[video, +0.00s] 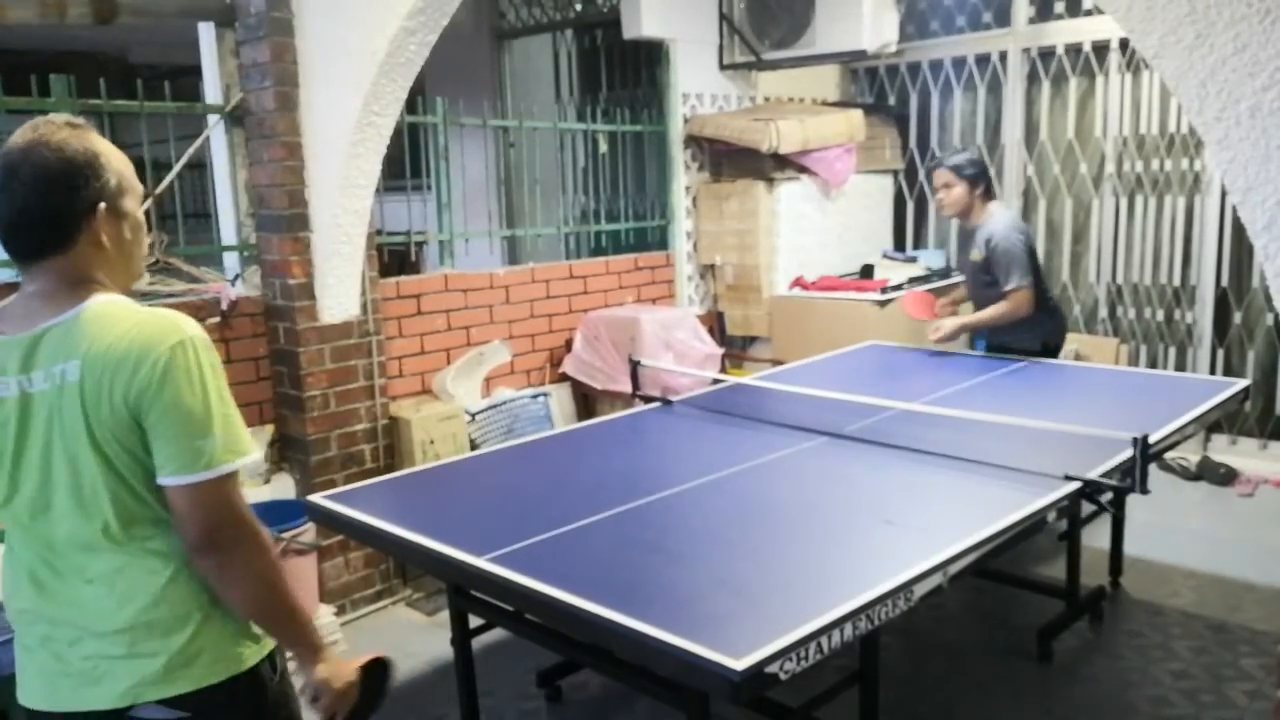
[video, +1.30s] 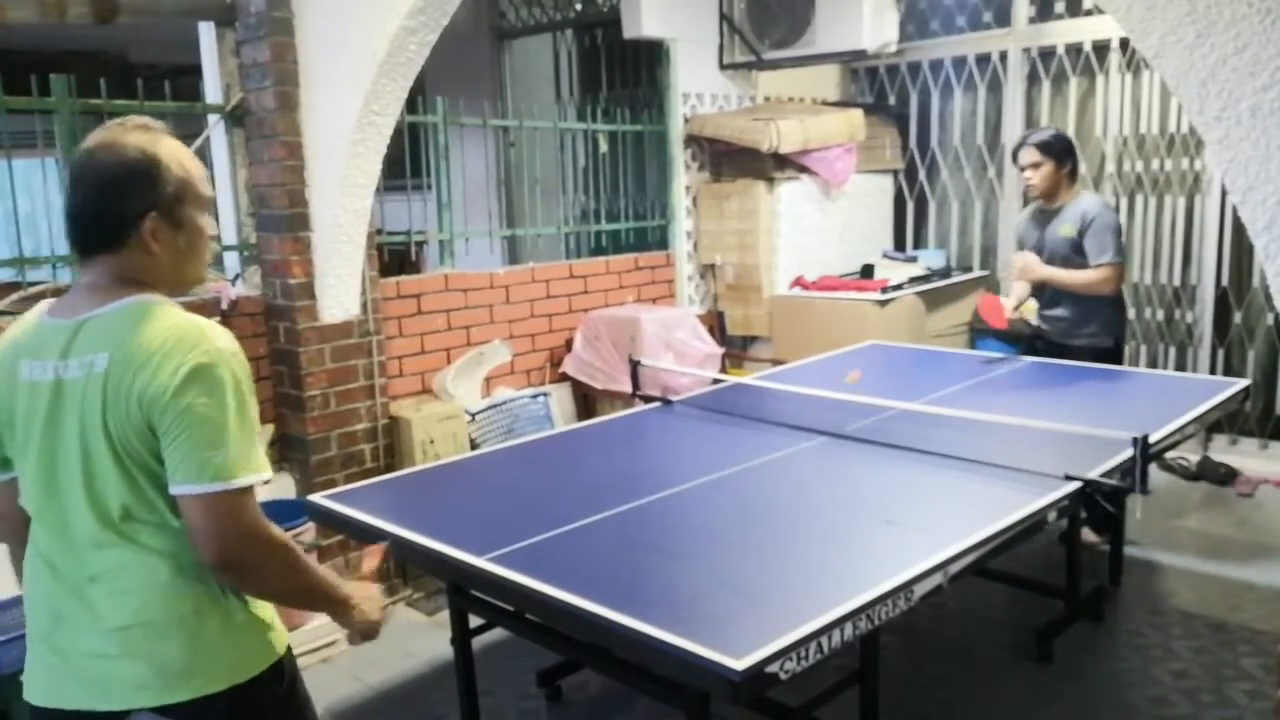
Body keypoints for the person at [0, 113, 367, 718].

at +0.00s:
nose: (149, 231)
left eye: (146, 213)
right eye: (141, 213)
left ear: (17, 230)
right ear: (103, 223)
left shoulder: (7, 333)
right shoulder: (157, 340)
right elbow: (214, 532)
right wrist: (312, 654)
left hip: (50, 682)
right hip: (187, 681)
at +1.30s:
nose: (214, 231)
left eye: (211, 213)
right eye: (204, 213)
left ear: (83, 227)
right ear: (153, 230)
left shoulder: (17, 346)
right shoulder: (189, 345)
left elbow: (14, 520)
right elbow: (229, 540)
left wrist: (61, 615)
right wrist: (344, 600)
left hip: (61, 676)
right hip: (199, 677)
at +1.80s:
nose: (436, 303)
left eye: (439, 288)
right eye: (434, 291)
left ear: (312, 264)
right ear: (390, 301)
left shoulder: (187, 308)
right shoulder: (407, 404)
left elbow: (92, 459)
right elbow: (501, 469)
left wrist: (104, 550)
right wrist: (584, 457)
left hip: (80, 662)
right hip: (234, 684)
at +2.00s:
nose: (413, 286)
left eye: (414, 269)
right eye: (409, 270)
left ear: (288, 260)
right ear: (370, 283)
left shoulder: (164, 316)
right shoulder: (388, 402)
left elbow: (70, 482)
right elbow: (447, 519)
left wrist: (86, 595)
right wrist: (516, 484)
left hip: (83, 662)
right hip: (242, 680)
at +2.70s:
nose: (213, 259)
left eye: (211, 239)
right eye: (206, 238)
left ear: (84, 247)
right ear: (160, 248)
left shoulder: (12, 348)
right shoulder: (217, 364)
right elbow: (255, 556)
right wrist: (289, 618)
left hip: (24, 689)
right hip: (176, 692)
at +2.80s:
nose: (236, 272)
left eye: (236, 250)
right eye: (232, 248)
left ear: (111, 250)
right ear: (195, 254)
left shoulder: (17, 356)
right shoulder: (249, 366)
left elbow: (11, 499)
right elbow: (309, 542)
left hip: (27, 692)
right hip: (193, 695)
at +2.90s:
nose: (259, 277)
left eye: (260, 257)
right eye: (257, 256)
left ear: (137, 254)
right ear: (227, 261)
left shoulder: (29, 359)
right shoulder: (279, 369)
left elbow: (9, 499)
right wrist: (410, 483)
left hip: (35, 689)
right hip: (207, 691)